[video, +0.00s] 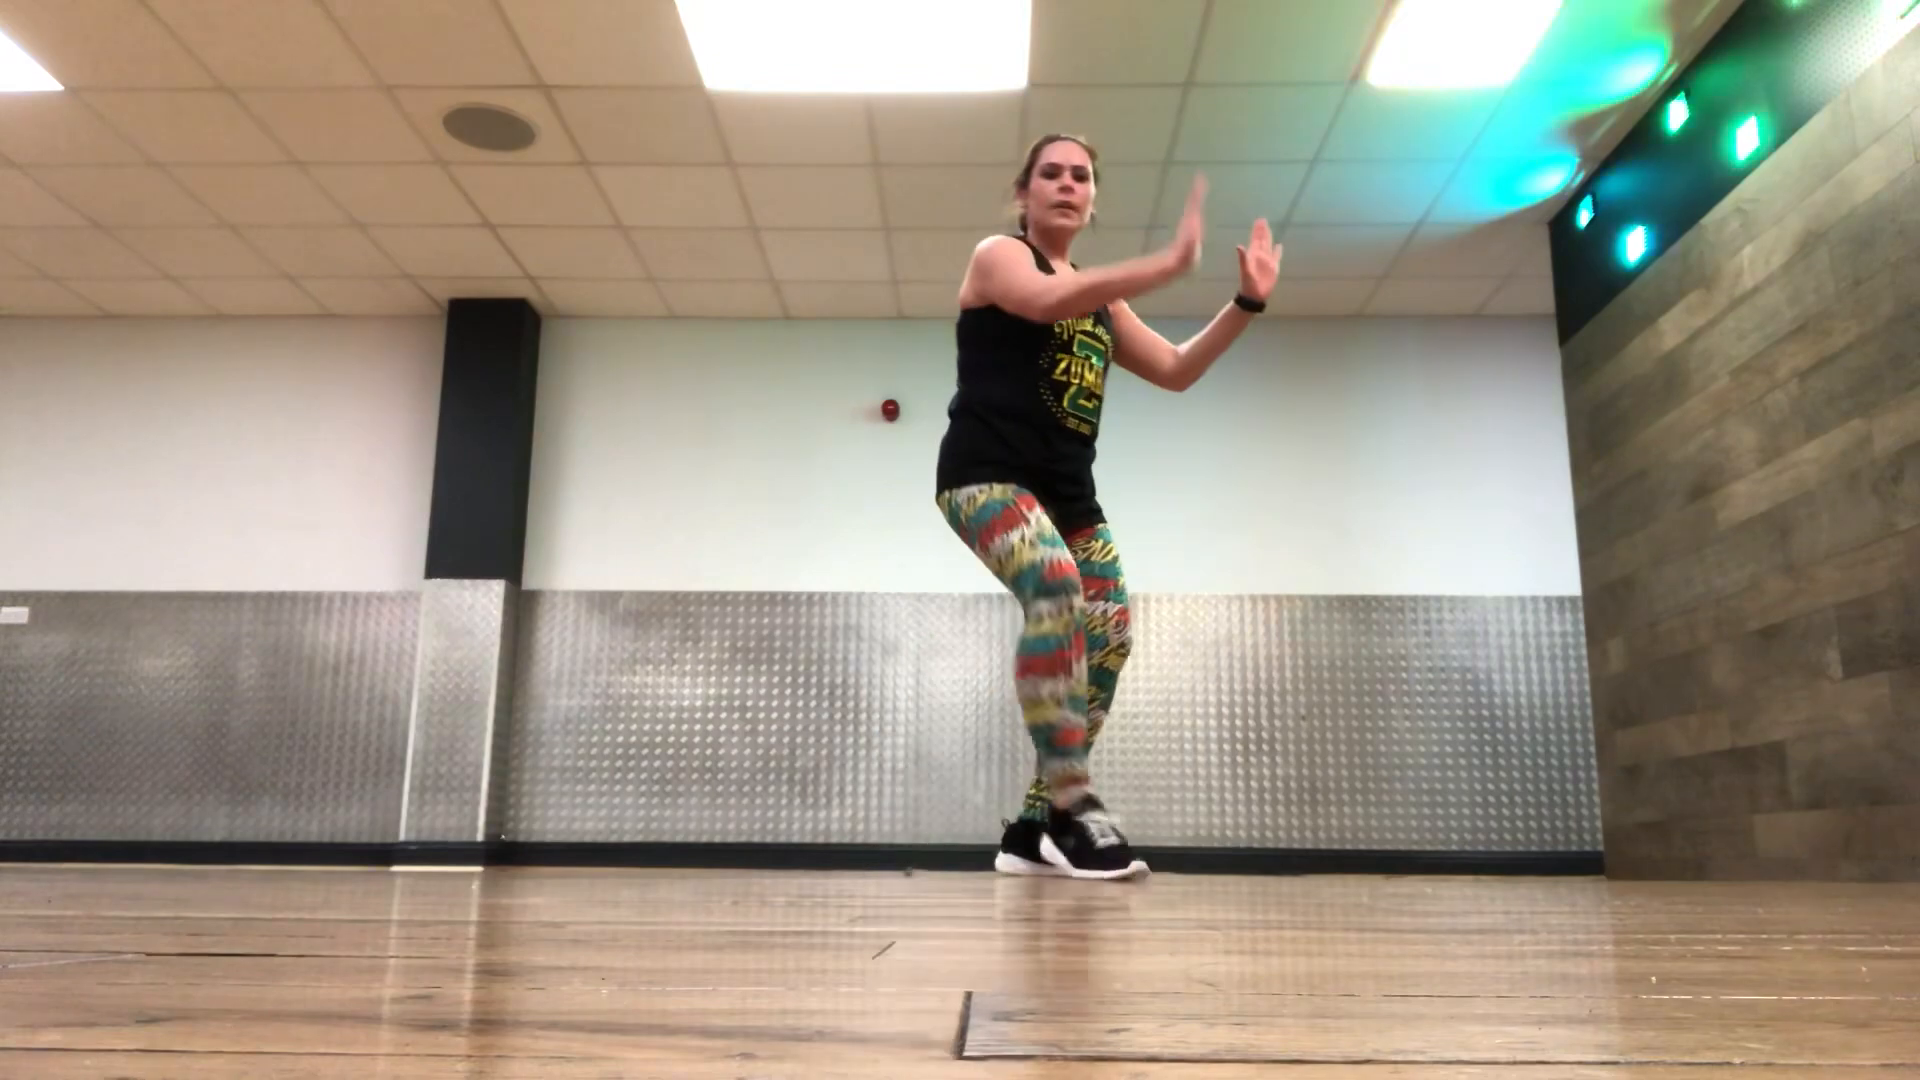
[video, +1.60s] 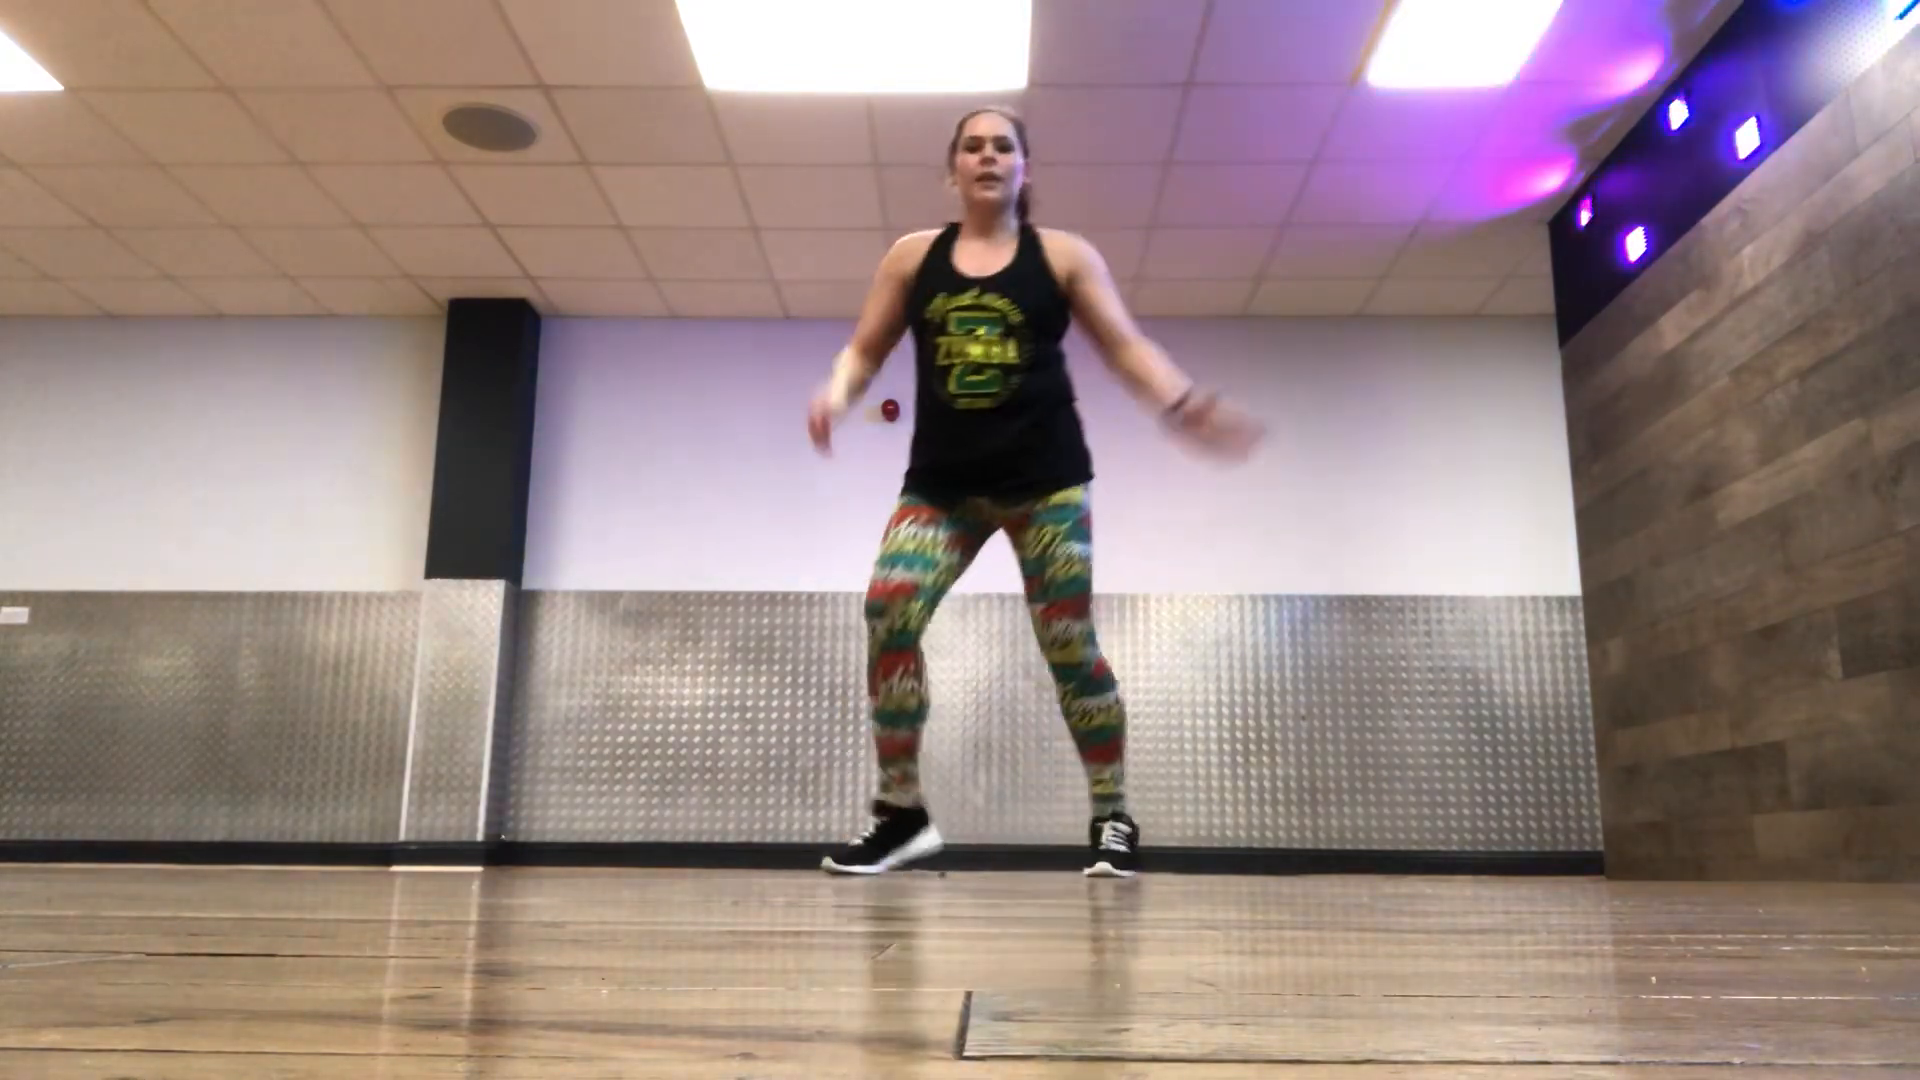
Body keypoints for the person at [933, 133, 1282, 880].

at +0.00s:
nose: (1070, 184)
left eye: (1082, 176)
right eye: (1054, 173)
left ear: (1094, 200)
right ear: (1023, 193)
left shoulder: (1097, 301)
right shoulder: (996, 256)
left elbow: (1176, 368)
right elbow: (1048, 300)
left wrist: (1245, 304)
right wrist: (1163, 263)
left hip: (1067, 491)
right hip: (986, 478)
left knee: (1108, 632)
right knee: (1053, 588)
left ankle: (1035, 822)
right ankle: (1072, 810)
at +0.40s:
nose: (1064, 174)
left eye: (1076, 164)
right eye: (1049, 163)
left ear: (1093, 195)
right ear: (1021, 187)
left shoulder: (1104, 295)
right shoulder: (996, 259)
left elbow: (1183, 370)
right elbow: (1002, 209)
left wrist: (1251, 306)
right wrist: (1111, 163)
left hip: (1064, 489)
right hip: (975, 469)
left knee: (1089, 641)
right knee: (1004, 568)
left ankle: (1037, 826)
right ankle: (972, 788)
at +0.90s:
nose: (1047, 172)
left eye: (1060, 164)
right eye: (1032, 161)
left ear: (1078, 188)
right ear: (1009, 185)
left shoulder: (1103, 285)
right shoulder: (985, 252)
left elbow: (1183, 360)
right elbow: (940, 221)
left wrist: (1241, 297)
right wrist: (1034, 145)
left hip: (1052, 486)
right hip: (956, 469)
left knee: (1084, 631)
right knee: (923, 578)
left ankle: (1035, 827)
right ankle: (868, 786)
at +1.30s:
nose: (1026, 169)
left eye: (1039, 159)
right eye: (1012, 159)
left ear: (1062, 182)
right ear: (990, 182)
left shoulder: (1099, 276)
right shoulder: (962, 257)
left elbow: (1185, 351)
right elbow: (872, 288)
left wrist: (1241, 292)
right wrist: (930, 211)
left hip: (1050, 496)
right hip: (947, 485)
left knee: (1081, 641)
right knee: (908, 622)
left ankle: (1035, 828)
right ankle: (837, 815)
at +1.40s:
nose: (1018, 156)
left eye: (1032, 146)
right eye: (1004, 146)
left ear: (1054, 168)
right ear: (981, 169)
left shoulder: (1095, 257)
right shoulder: (944, 251)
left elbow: (1187, 329)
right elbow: (849, 317)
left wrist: (1254, 289)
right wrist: (878, 245)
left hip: (1059, 484)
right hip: (952, 477)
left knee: (1077, 634)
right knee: (898, 610)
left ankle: (1037, 825)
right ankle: (840, 803)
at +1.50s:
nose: (1005, 148)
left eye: (1019, 138)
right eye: (991, 139)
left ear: (1041, 162)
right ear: (969, 162)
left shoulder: (1081, 249)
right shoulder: (930, 247)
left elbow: (1166, 327)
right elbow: (852, 340)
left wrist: (1239, 326)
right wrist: (841, 314)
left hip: (1059, 472)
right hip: (956, 470)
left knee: (1068, 625)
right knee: (894, 595)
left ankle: (1078, 815)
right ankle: (868, 797)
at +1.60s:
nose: (988, 156)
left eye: (1003, 146)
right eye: (974, 146)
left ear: (1024, 168)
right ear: (952, 168)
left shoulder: (1063, 257)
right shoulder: (914, 256)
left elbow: (1127, 345)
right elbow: (864, 351)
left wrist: (1185, 401)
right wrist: (835, 392)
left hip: (1046, 483)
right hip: (945, 484)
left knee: (1067, 641)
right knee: (888, 611)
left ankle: (1112, 818)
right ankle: (900, 815)